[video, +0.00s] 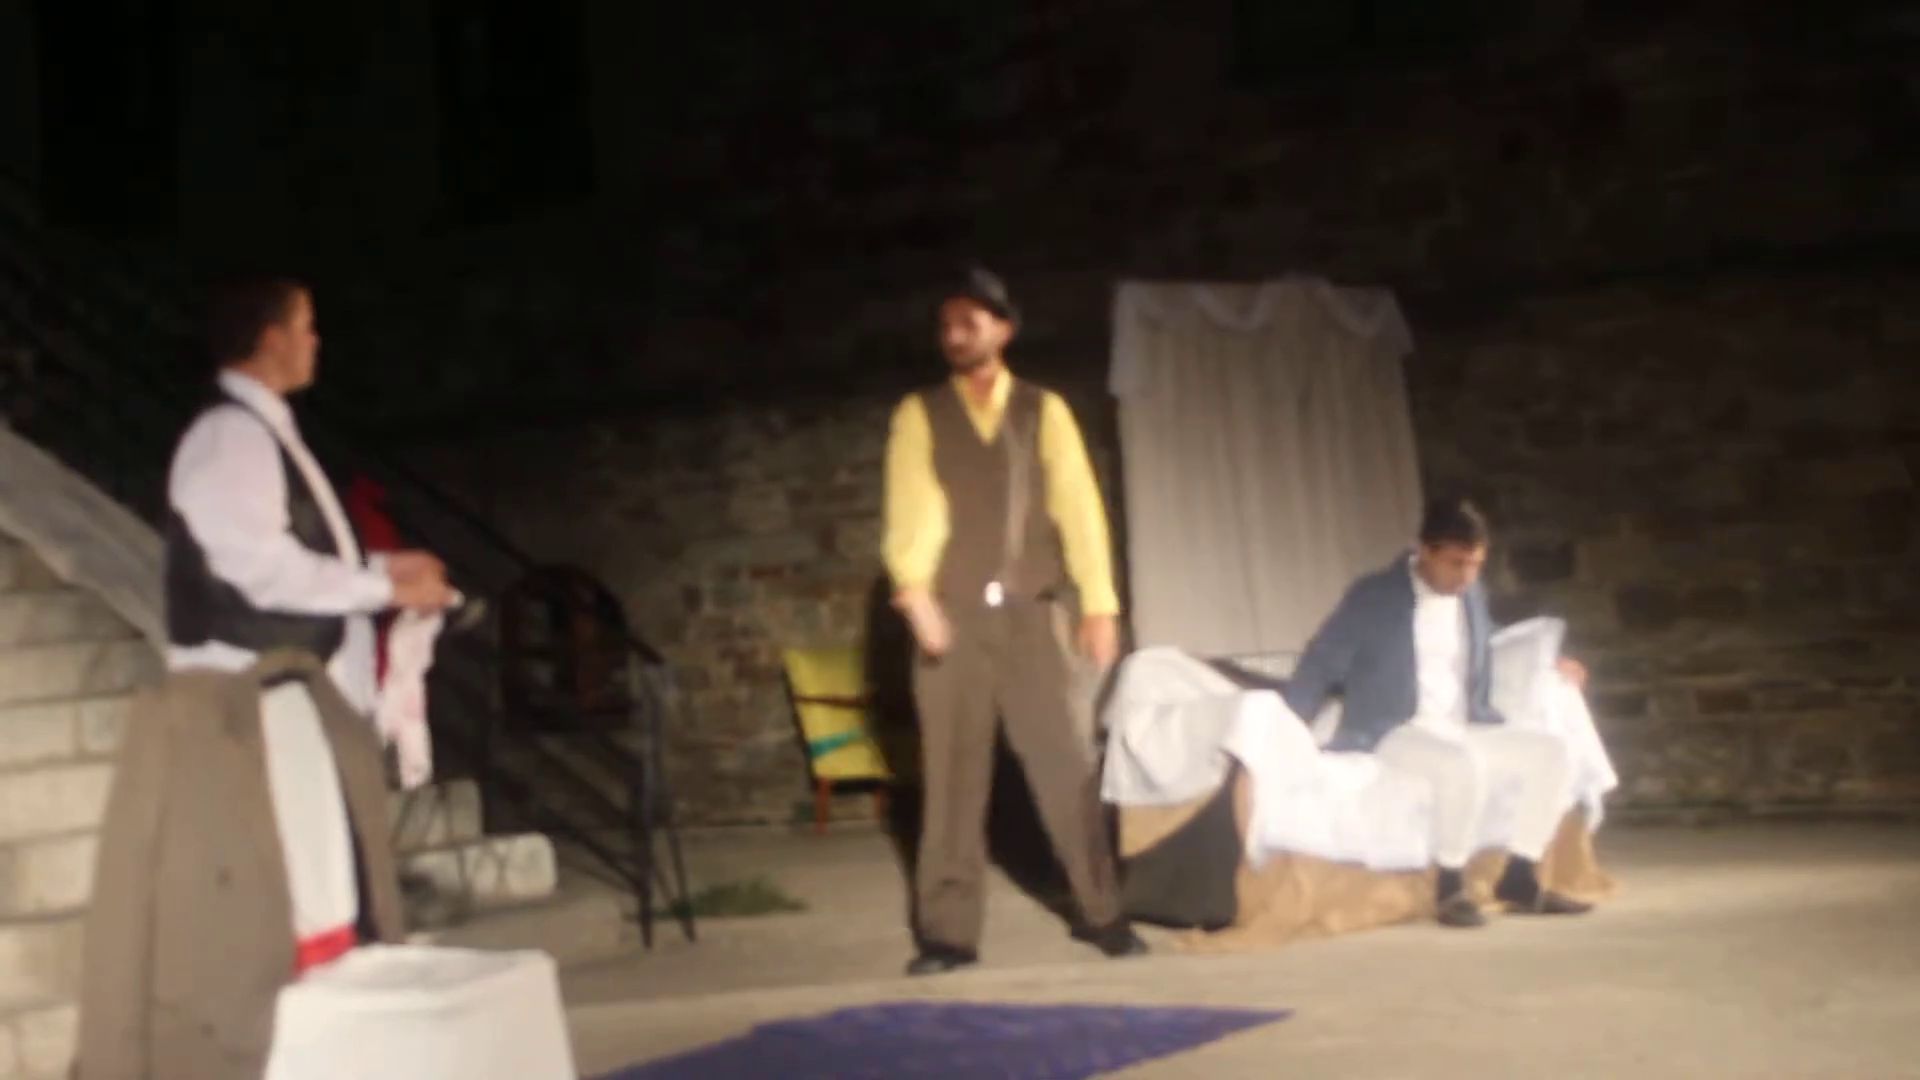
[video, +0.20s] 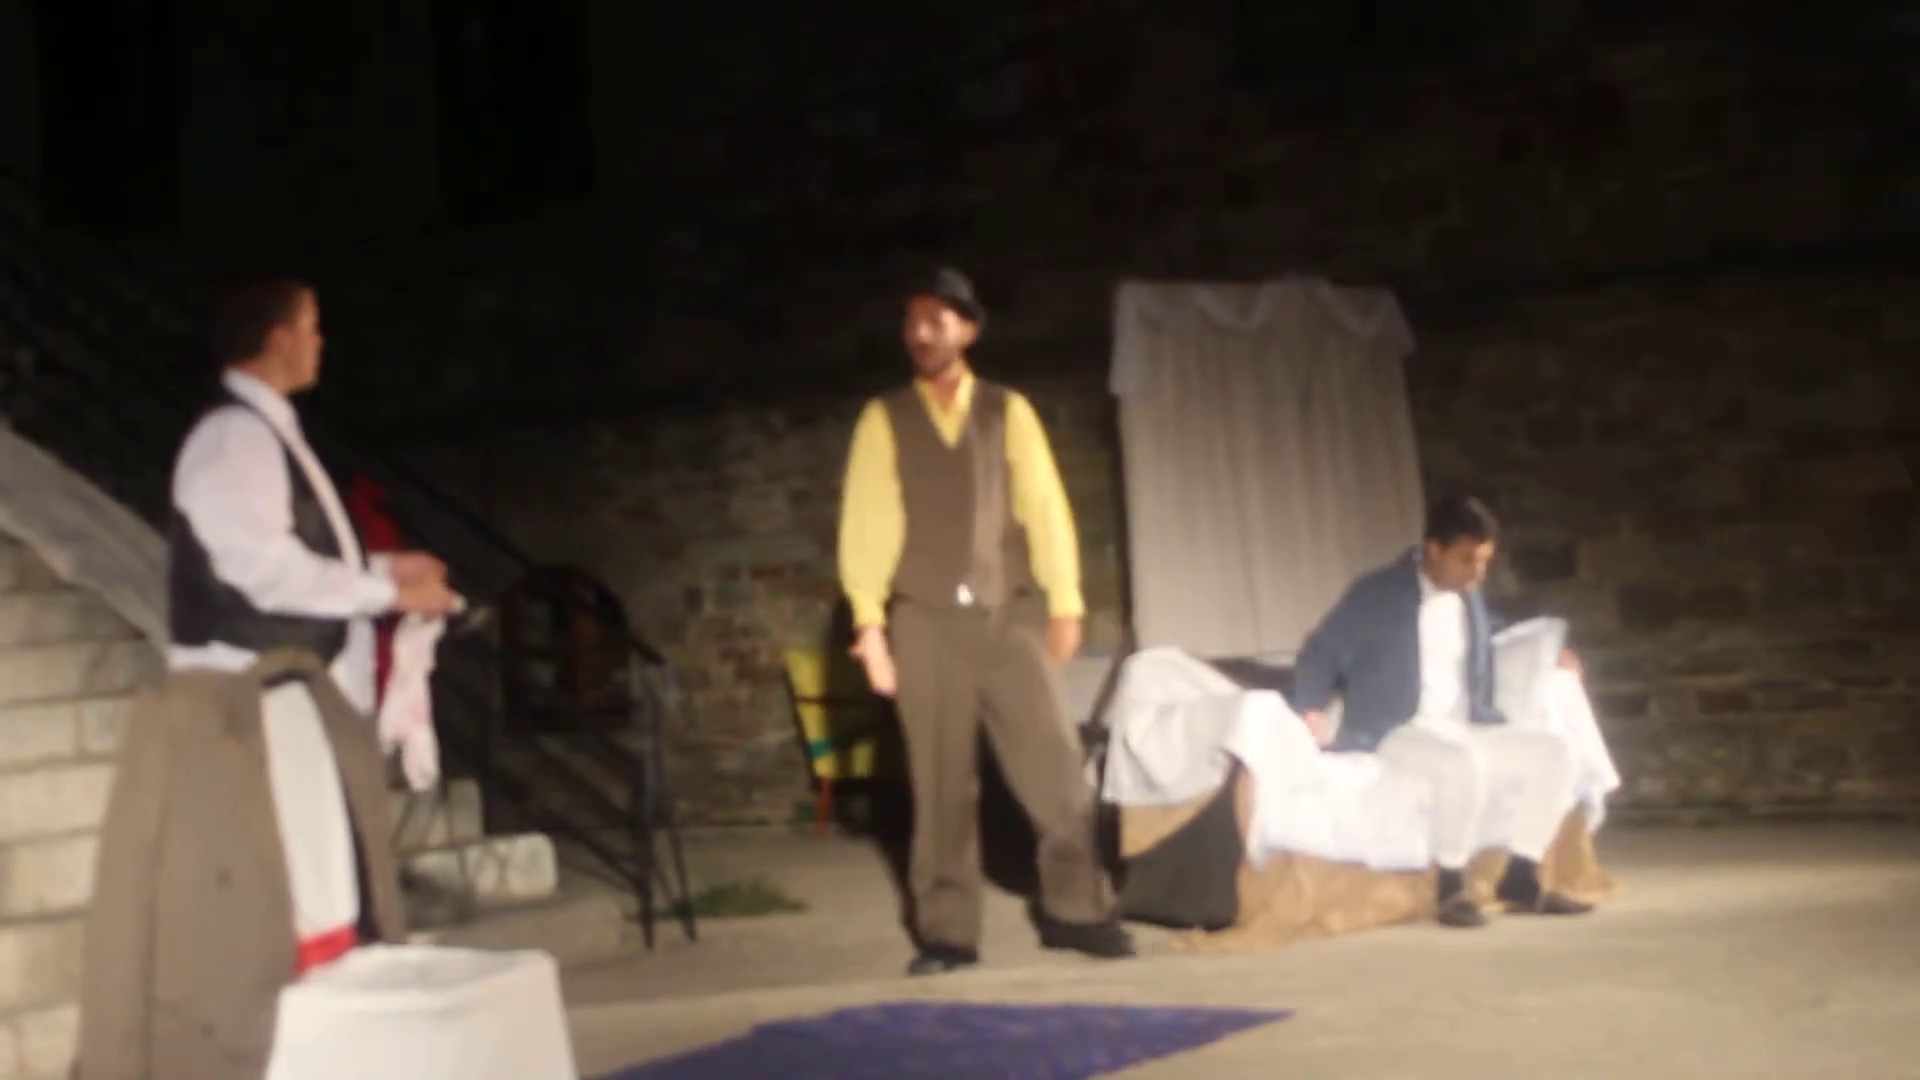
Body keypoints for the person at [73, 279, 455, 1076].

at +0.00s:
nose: (315, 344)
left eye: (312, 329)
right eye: (305, 329)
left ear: (261, 339)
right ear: (266, 338)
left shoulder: (271, 431)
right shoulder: (228, 436)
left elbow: (290, 566)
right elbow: (257, 569)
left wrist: (390, 584)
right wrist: (382, 585)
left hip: (295, 696)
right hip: (249, 705)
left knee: (329, 885)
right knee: (300, 890)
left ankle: (334, 1047)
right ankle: (299, 1051)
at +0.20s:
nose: (319, 345)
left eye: (317, 330)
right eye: (310, 330)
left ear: (265, 341)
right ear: (271, 339)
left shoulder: (274, 431)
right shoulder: (232, 436)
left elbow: (293, 565)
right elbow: (260, 570)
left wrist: (390, 583)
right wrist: (384, 587)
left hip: (291, 693)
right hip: (247, 702)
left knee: (324, 878)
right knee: (298, 884)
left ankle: (332, 1043)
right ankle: (300, 1046)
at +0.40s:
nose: (320, 344)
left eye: (318, 329)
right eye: (311, 329)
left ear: (266, 340)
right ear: (272, 338)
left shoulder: (274, 431)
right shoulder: (234, 437)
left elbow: (297, 564)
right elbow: (267, 570)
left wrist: (395, 582)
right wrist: (390, 586)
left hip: (289, 694)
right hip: (245, 703)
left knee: (322, 879)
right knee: (295, 885)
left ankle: (328, 1045)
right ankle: (295, 1048)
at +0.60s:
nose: (332, 359)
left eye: (334, 344)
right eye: (321, 342)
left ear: (287, 349)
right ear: (272, 344)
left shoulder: (287, 440)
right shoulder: (232, 436)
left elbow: (364, 545)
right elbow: (268, 566)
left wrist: (464, 580)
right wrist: (411, 594)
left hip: (300, 704)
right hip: (241, 710)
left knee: (332, 887)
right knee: (288, 895)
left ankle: (340, 1048)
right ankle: (293, 1051)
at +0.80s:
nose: (337, 382)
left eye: (341, 366)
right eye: (327, 362)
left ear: (296, 366)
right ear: (277, 357)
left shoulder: (297, 459)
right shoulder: (212, 442)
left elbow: (353, 575)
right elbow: (228, 573)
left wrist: (445, 626)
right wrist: (356, 616)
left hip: (292, 708)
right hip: (212, 714)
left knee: (325, 898)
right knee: (236, 910)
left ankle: (332, 1052)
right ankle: (239, 1061)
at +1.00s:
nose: (299, 396)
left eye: (300, 381)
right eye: (292, 378)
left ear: (248, 374)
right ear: (246, 371)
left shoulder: (230, 453)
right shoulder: (205, 449)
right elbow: (219, 576)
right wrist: (329, 636)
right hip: (171, 700)